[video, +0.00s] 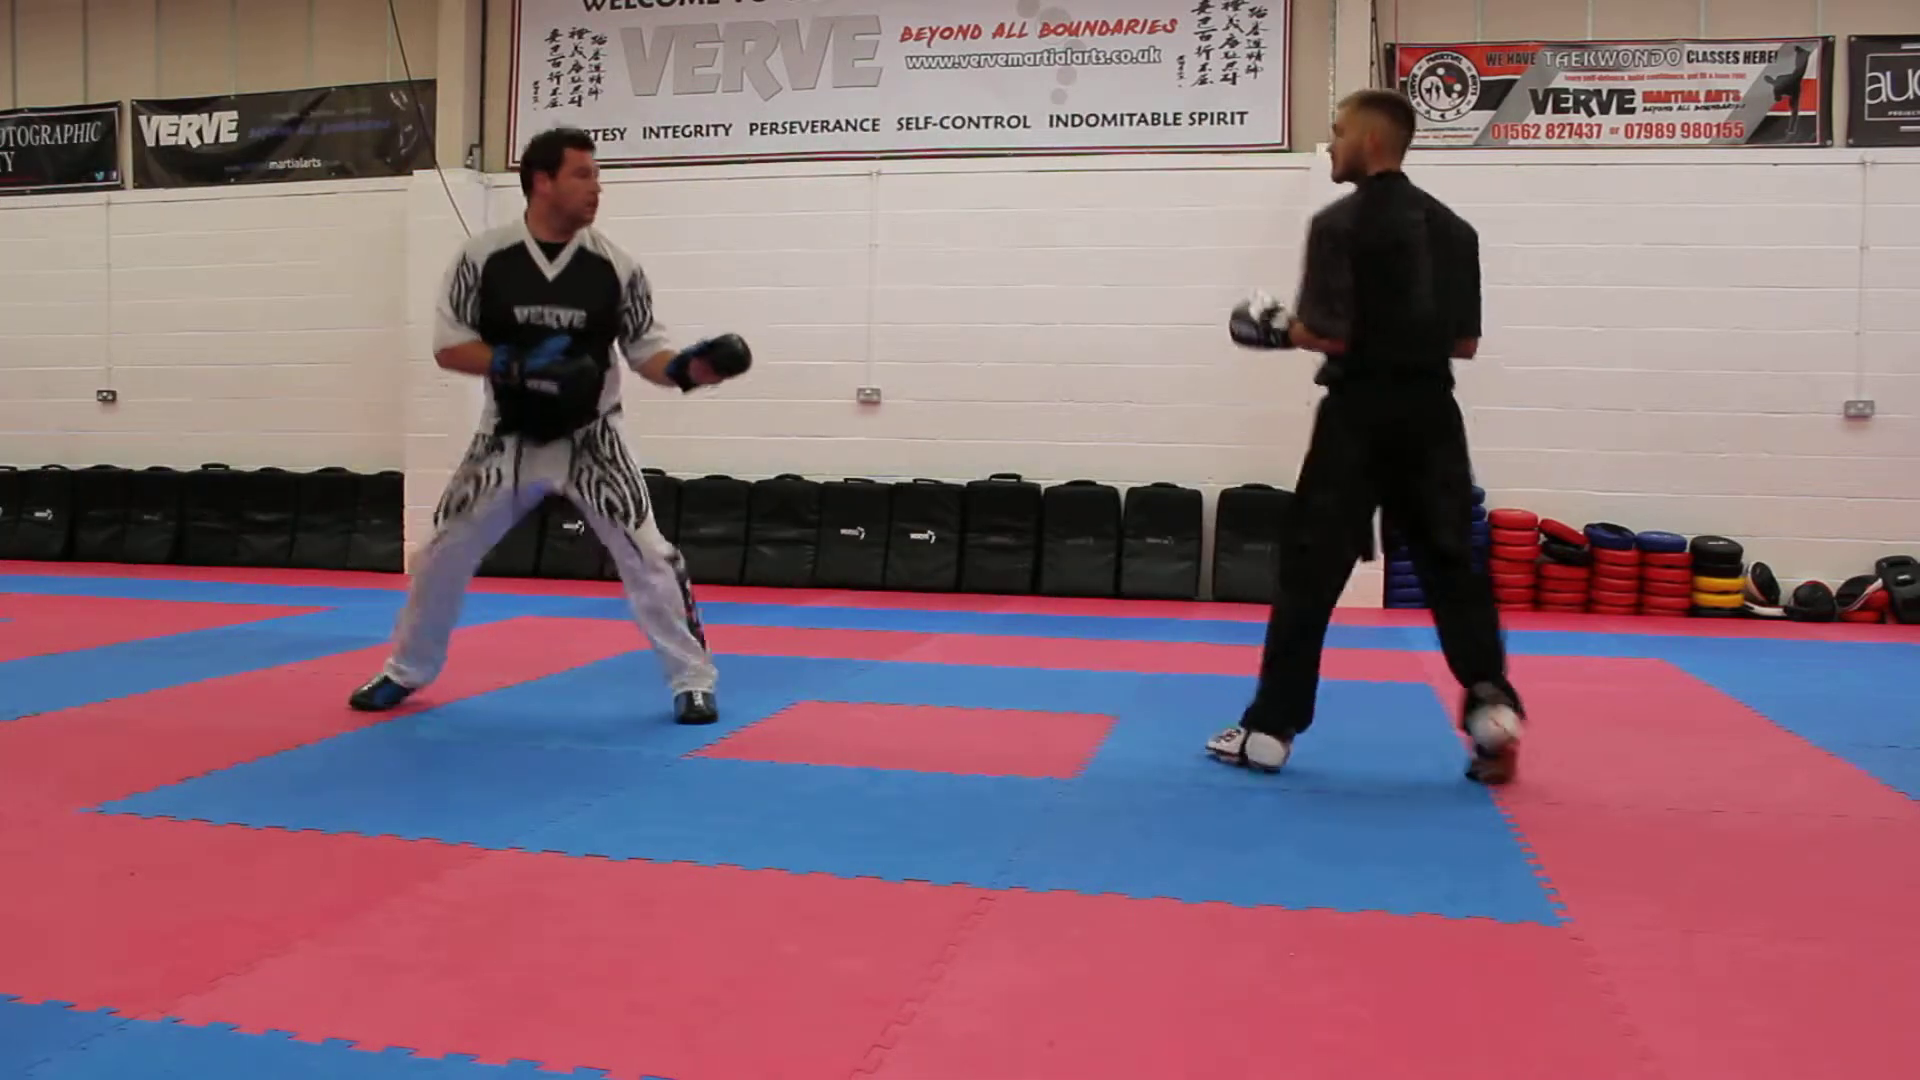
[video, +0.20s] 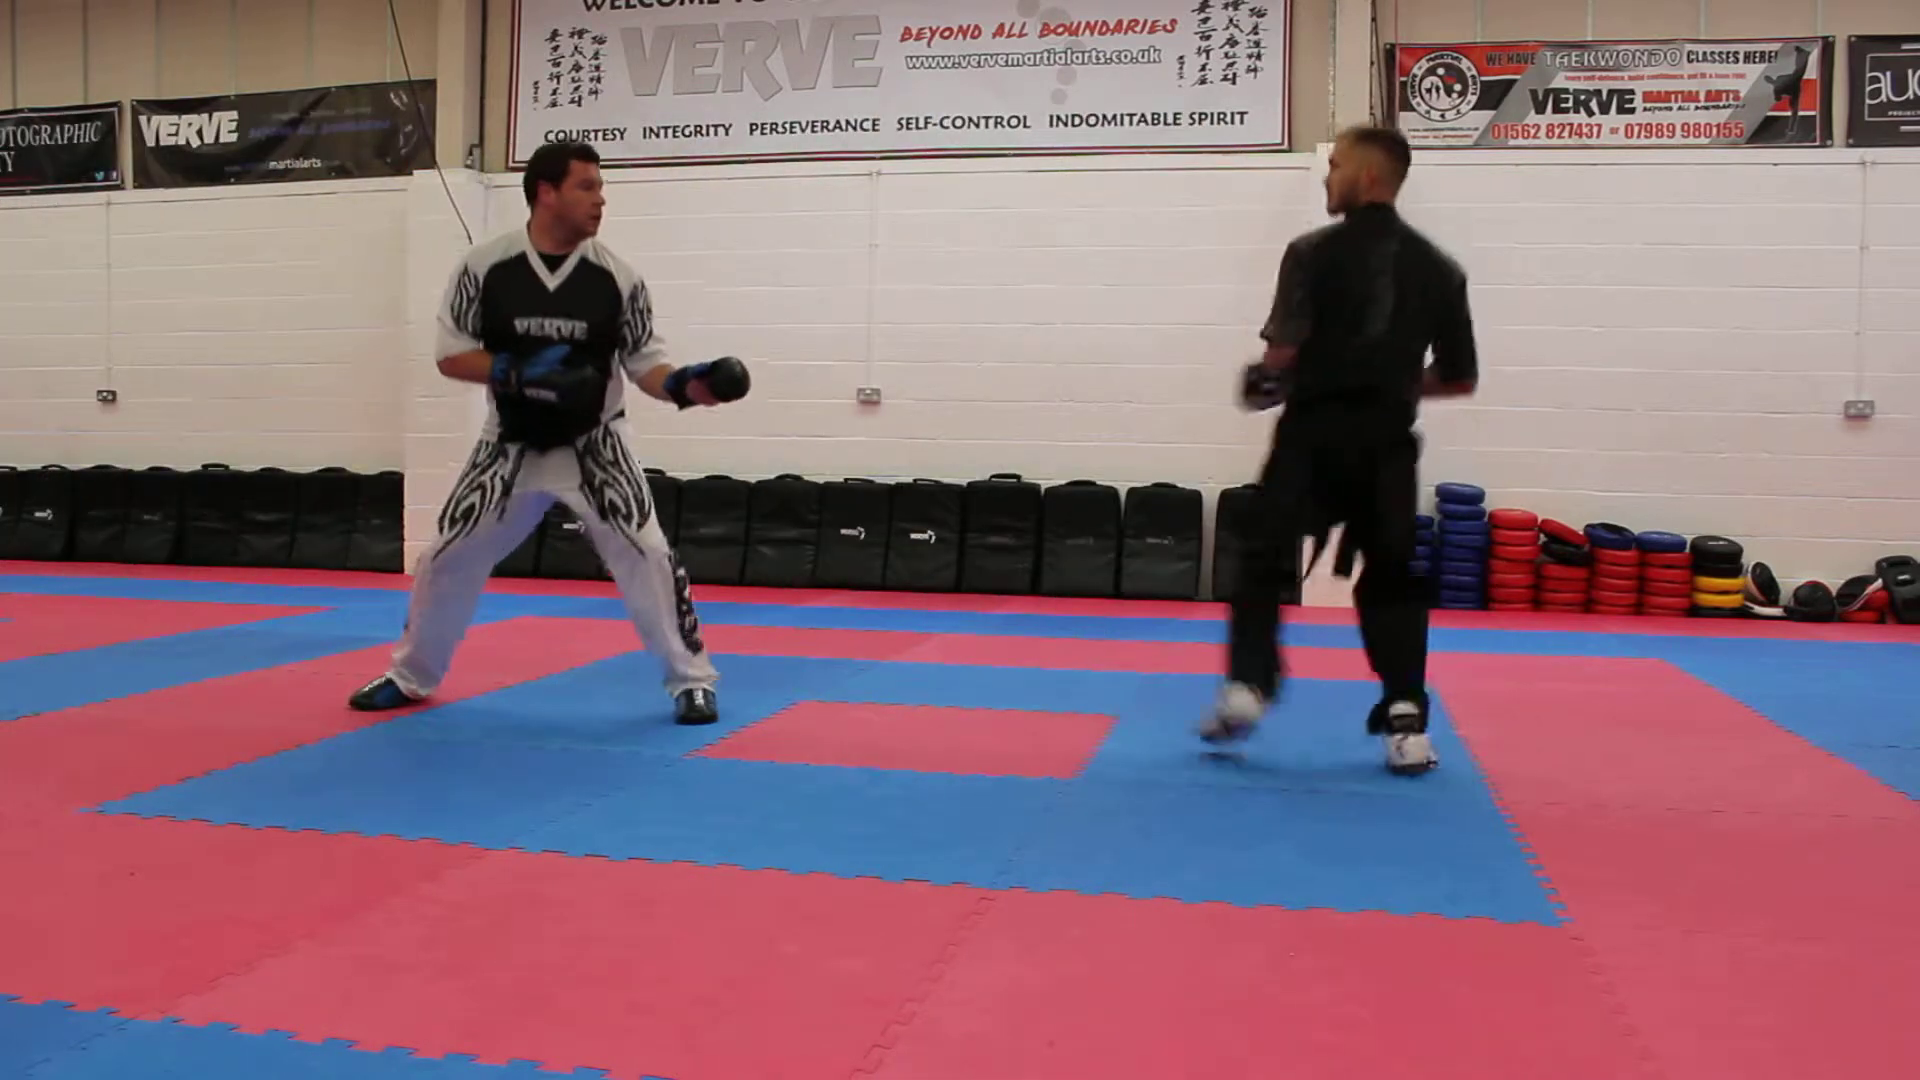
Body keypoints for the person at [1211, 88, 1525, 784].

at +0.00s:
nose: (1329, 146)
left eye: (1338, 134)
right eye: (1333, 134)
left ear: (1370, 142)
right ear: (1395, 145)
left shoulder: (1339, 225)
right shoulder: (1453, 230)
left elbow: (1328, 336)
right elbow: (1464, 342)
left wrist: (1276, 327)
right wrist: (1382, 327)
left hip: (1353, 426)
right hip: (1431, 423)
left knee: (1309, 575)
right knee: (1452, 563)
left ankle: (1270, 731)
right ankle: (1490, 699)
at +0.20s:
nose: (1325, 178)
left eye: (1333, 167)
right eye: (1329, 166)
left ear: (1365, 174)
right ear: (1388, 179)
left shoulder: (1313, 253)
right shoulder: (1437, 267)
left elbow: (1282, 354)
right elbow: (1458, 375)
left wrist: (1263, 377)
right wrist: (1393, 383)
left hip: (1310, 442)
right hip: (1387, 447)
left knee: (1264, 551)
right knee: (1390, 573)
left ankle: (1249, 683)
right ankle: (1405, 720)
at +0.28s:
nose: (1317, 184)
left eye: (1327, 173)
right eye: (1321, 172)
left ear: (1363, 181)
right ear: (1377, 185)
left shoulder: (1309, 248)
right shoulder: (1417, 270)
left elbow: (1271, 311)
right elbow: (1422, 375)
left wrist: (1222, 334)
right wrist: (1362, 357)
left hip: (1274, 428)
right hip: (1348, 443)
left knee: (1219, 524)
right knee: (1374, 579)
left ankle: (1188, 611)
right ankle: (1401, 726)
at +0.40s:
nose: (1270, 149)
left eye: (1280, 138)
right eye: (1274, 137)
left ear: (1308, 145)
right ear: (1330, 150)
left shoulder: (1276, 209)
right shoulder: (1365, 234)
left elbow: (1187, 235)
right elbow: (1352, 344)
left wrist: (1119, 216)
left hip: (1218, 372)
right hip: (1282, 405)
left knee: (1132, 389)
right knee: (1310, 552)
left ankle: (1083, 474)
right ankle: (1348, 708)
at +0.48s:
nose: (1222, 146)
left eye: (1231, 134)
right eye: (1227, 133)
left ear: (1257, 142)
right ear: (1287, 147)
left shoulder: (1222, 202)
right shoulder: (1327, 229)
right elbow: (1320, 342)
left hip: (1185, 356)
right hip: (1249, 396)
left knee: (1092, 342)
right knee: (1247, 539)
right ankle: (1253, 704)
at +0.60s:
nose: (1176, 163)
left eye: (1184, 151)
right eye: (1179, 150)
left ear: (1204, 155)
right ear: (1238, 158)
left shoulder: (1175, 214)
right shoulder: (1284, 250)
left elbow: (1100, 247)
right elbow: (1277, 356)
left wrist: (1065, 242)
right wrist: (1212, 336)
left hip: (1124, 371)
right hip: (1189, 415)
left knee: (1014, 400)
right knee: (1176, 554)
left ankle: (907, 443)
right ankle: (1214, 702)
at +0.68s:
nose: (1151, 182)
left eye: (1156, 171)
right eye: (1155, 170)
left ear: (1164, 179)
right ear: (1208, 181)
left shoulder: (1136, 247)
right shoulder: (1239, 274)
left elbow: (1089, 321)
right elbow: (1226, 374)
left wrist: (1046, 314)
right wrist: (1168, 386)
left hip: (1077, 410)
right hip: (1149, 440)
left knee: (979, 470)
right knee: (1171, 566)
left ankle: (875, 539)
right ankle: (1212, 714)